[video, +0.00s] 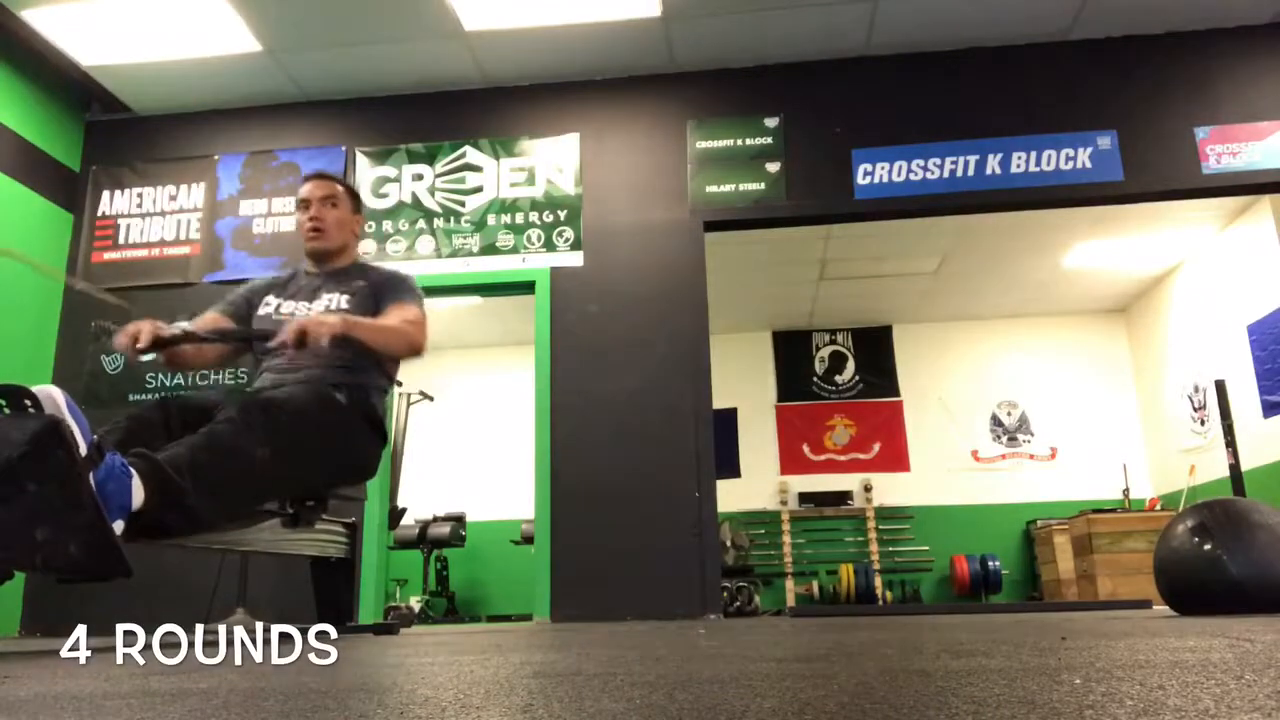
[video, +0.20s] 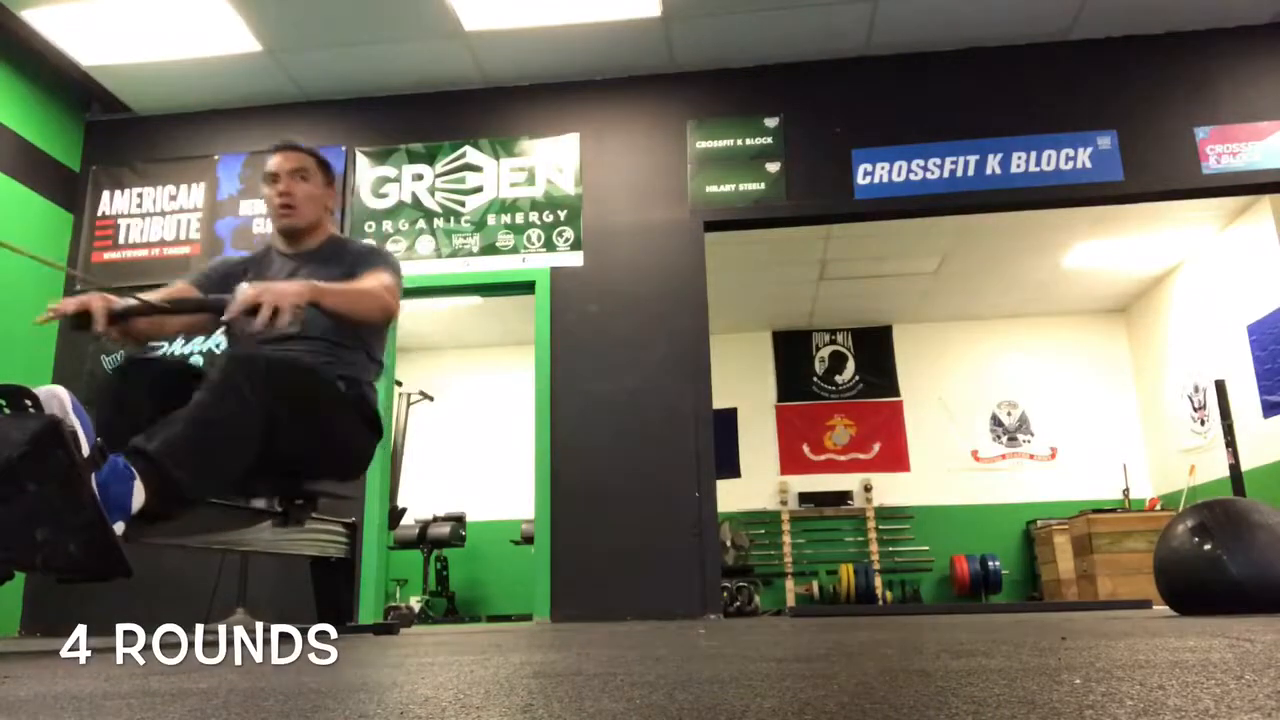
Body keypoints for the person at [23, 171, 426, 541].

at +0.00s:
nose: (314, 214)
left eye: (330, 204)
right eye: (305, 207)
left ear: (358, 222)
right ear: (298, 224)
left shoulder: (386, 281)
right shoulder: (270, 291)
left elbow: (412, 337)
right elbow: (206, 340)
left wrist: (343, 325)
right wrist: (165, 337)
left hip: (343, 410)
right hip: (266, 403)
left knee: (249, 429)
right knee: (171, 414)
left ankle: (130, 490)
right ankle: (92, 454)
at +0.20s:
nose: (282, 189)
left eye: (300, 178)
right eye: (273, 180)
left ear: (332, 197)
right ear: (264, 195)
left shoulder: (367, 259)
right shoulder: (245, 270)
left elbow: (382, 304)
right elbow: (160, 312)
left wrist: (307, 291)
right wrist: (111, 309)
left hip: (337, 418)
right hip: (244, 407)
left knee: (245, 372)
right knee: (142, 375)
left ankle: (126, 490)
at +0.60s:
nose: (153, 109)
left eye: (175, 94)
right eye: (141, 98)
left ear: (220, 118)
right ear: (130, 119)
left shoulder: (267, 178)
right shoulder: (108, 193)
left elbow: (273, 227)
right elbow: (17, 230)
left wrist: (137, 216)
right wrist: (68, 238)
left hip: (263, 407)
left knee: (208, 257)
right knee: (44, 265)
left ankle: (123, 461)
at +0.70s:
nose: (117, 89)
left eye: (140, 73)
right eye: (103, 78)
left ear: (189, 98)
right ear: (92, 100)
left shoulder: (238, 161)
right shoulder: (74, 178)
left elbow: (237, 201)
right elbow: (15, 194)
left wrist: (76, 187)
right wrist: (11, 213)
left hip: (241, 400)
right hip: (115, 391)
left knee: (194, 230)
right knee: (33, 241)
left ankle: (124, 455)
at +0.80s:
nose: (94, 75)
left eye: (119, 59)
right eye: (81, 65)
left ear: (170, 87)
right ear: (70, 91)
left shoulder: (223, 148)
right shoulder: (56, 175)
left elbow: (203, 186)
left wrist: (58, 160)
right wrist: (13, 169)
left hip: (231, 394)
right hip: (104, 384)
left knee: (180, 222)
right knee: (21, 230)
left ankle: (123, 450)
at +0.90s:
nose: (95, 70)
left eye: (121, 54)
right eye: (83, 61)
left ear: (172, 84)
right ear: (72, 86)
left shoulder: (224, 144)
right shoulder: (54, 170)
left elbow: (202, 181)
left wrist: (53, 142)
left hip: (228, 390)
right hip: (100, 381)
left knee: (172, 217)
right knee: (22, 230)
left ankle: (122, 447)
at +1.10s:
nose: (166, 91)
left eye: (191, 79)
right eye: (158, 81)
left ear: (234, 110)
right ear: (145, 107)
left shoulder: (271, 174)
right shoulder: (120, 187)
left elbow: (244, 218)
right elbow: (31, 222)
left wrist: (122, 179)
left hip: (250, 396)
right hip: (135, 388)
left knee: (187, 243)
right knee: (49, 253)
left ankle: (117, 458)